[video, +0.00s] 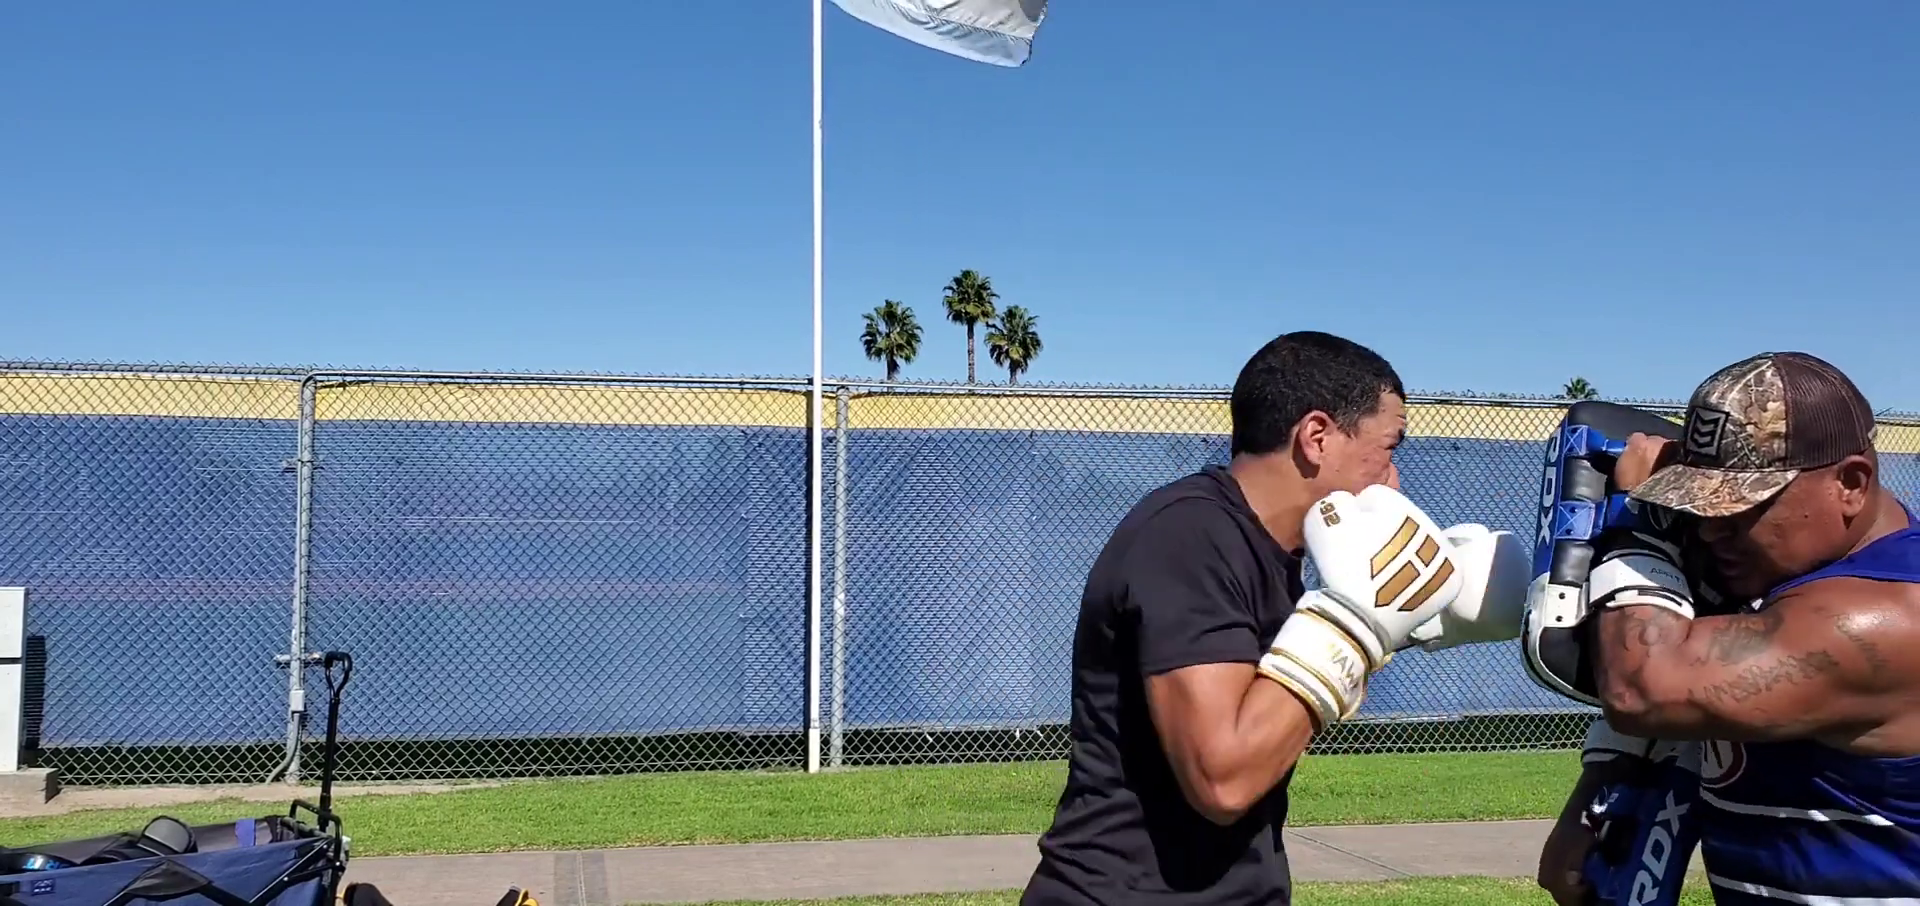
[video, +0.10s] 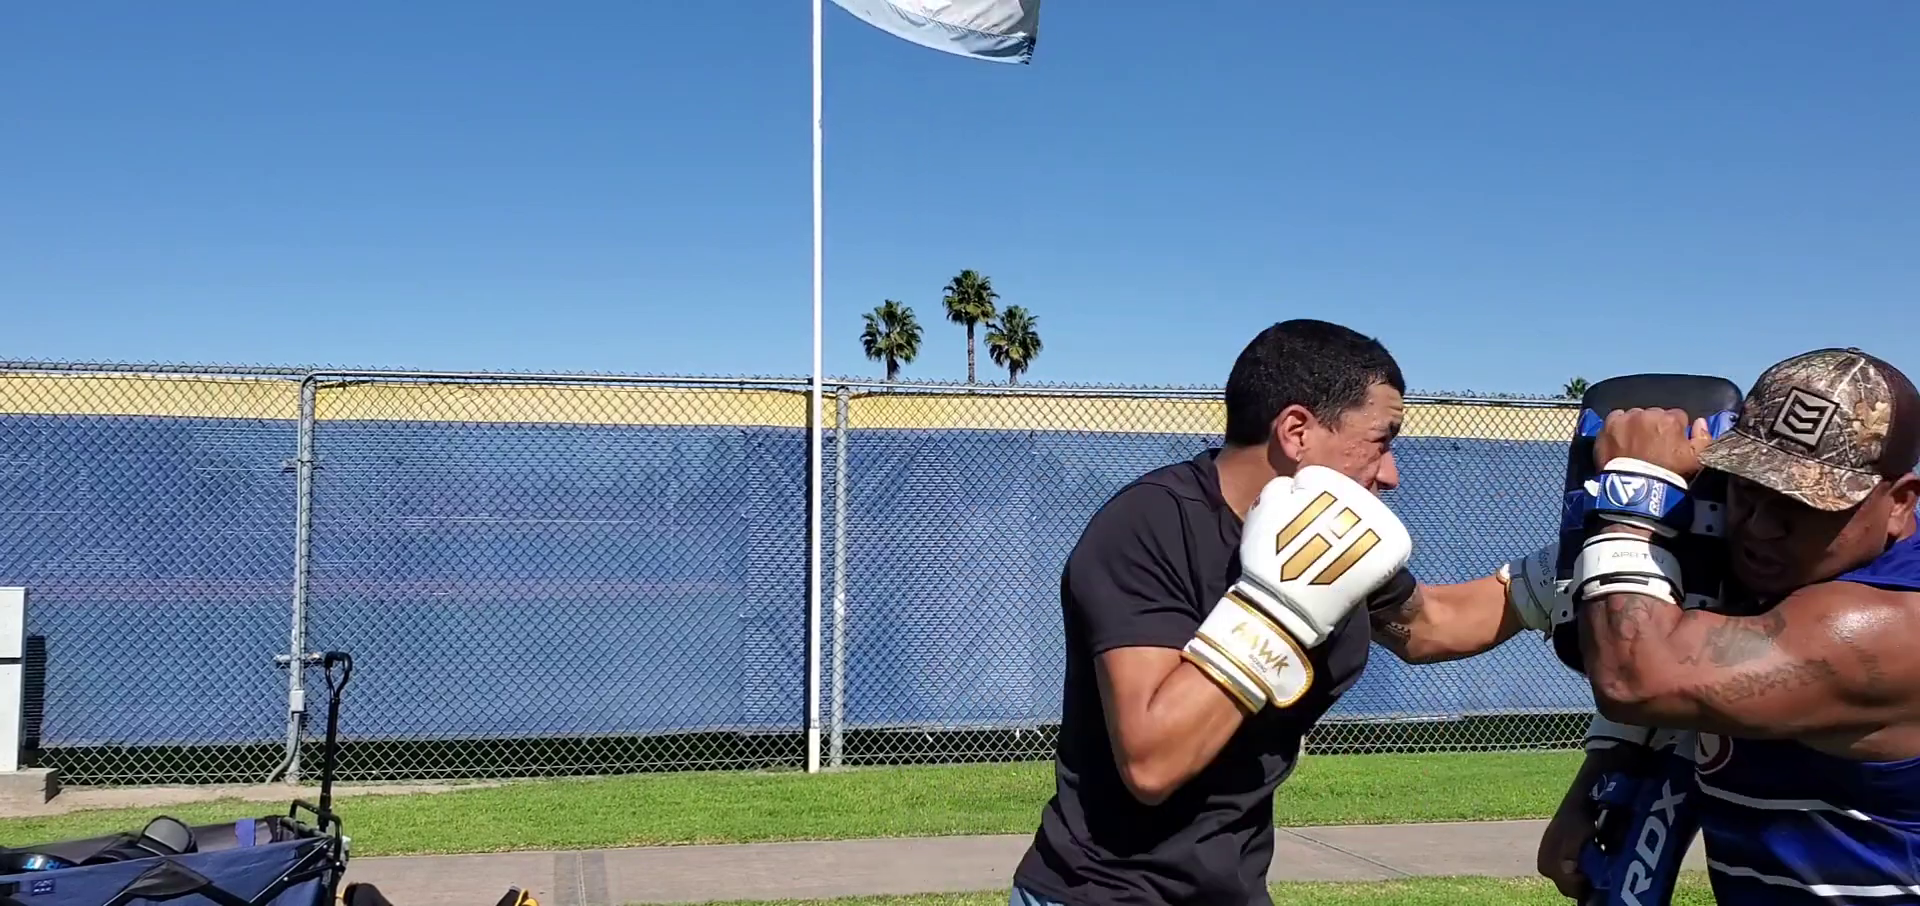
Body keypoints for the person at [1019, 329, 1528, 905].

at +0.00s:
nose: (1392, 481)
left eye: (1393, 454)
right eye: (1385, 452)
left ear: (1314, 442)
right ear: (1316, 439)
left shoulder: (1268, 549)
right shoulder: (1185, 539)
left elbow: (1256, 741)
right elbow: (1224, 779)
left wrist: (1370, 631)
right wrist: (1346, 624)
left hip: (1237, 883)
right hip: (1130, 887)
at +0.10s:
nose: (1391, 475)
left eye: (1393, 445)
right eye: (1378, 444)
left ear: (1302, 438)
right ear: (1296, 433)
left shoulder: (1328, 537)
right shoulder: (1141, 530)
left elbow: (1419, 624)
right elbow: (1151, 762)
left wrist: (1564, 585)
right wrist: (1271, 612)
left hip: (1233, 880)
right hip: (1100, 880)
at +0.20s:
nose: (1393, 468)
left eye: (1392, 437)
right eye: (1377, 436)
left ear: (1291, 435)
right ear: (1291, 431)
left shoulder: (1278, 541)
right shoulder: (1155, 530)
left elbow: (1264, 694)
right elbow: (1150, 763)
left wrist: (1434, 655)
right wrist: (1282, 615)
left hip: (1217, 886)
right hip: (1112, 891)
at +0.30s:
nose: (1380, 468)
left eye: (1377, 438)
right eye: (1365, 437)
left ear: (1284, 435)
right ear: (1283, 430)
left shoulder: (1225, 536)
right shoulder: (1167, 534)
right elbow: (1187, 771)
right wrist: (1315, 617)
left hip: (1202, 887)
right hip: (1128, 892)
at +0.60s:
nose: (1282, 434)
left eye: (1281, 406)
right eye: (1270, 405)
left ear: (1197, 407)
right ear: (1197, 404)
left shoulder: (1150, 524)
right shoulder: (1099, 525)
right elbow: (1173, 765)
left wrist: (1263, 627)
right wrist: (1250, 596)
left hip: (1143, 882)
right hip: (1077, 888)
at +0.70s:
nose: (1288, 449)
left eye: (1286, 421)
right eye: (1275, 420)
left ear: (1205, 424)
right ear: (1202, 421)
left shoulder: (1178, 536)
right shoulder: (1086, 533)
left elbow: (1178, 732)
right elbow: (1161, 764)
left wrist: (1293, 661)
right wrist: (1270, 612)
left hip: (1167, 880)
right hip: (1066, 888)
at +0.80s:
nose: (1308, 488)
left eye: (1307, 461)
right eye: (1297, 460)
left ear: (1228, 465)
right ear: (1225, 461)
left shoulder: (1217, 566)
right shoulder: (1091, 554)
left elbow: (1236, 711)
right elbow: (1169, 776)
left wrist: (1344, 635)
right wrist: (1303, 641)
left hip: (1182, 883)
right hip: (1069, 891)